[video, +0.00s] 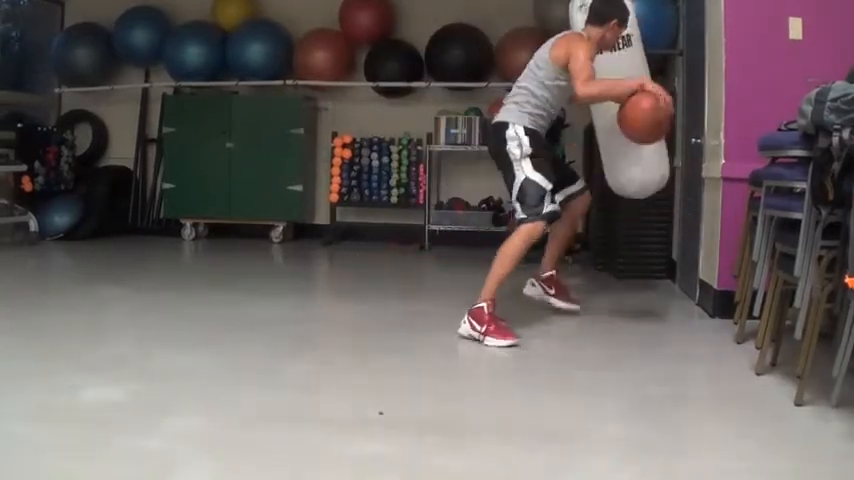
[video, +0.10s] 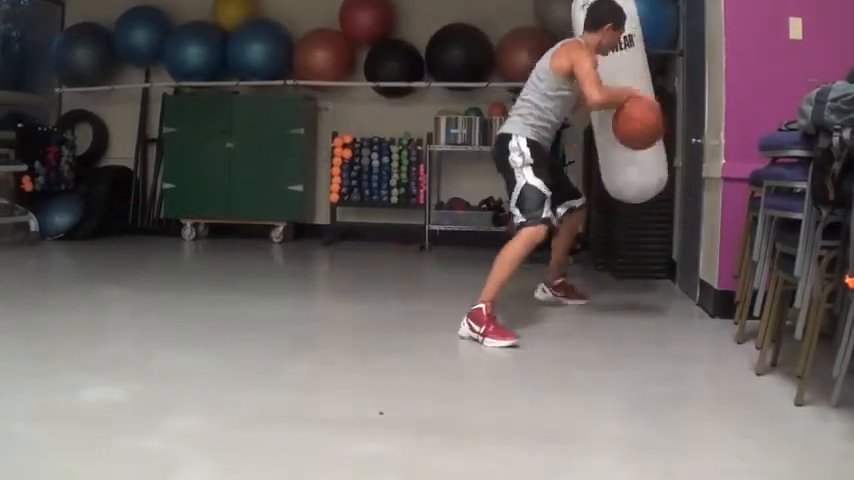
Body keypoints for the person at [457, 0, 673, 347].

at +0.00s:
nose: (619, 43)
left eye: (622, 37)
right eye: (621, 35)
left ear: (598, 23)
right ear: (611, 27)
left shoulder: (575, 45)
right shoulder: (577, 44)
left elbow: (584, 93)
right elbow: (583, 90)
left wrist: (632, 95)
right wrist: (638, 84)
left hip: (534, 132)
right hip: (515, 128)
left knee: (578, 199)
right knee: (537, 218)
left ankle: (545, 278)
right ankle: (481, 311)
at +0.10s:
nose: (621, 42)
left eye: (622, 36)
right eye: (620, 34)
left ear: (598, 26)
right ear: (607, 29)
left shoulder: (576, 51)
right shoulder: (578, 51)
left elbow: (586, 100)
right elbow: (595, 98)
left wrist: (623, 100)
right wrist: (631, 94)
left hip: (538, 145)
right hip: (519, 141)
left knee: (574, 210)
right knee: (535, 227)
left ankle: (553, 283)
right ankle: (480, 314)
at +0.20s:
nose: (621, 56)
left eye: (622, 49)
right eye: (620, 48)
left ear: (598, 45)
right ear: (605, 45)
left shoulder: (575, 67)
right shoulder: (580, 71)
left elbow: (581, 112)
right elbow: (588, 124)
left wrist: (617, 105)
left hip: (539, 159)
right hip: (520, 155)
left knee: (575, 223)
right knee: (550, 229)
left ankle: (551, 286)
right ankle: (488, 306)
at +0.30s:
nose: (621, 69)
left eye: (622, 63)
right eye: (621, 62)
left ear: (597, 56)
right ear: (607, 58)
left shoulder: (573, 74)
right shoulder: (581, 85)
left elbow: (581, 121)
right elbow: (582, 146)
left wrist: (611, 104)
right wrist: (612, 198)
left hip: (541, 166)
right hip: (517, 162)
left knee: (579, 226)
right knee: (552, 230)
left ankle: (552, 285)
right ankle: (499, 313)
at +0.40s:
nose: (614, 63)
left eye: (616, 56)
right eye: (614, 55)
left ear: (593, 51)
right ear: (600, 52)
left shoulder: (574, 77)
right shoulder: (567, 81)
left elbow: (573, 112)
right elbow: (553, 141)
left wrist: (612, 105)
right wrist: (597, 170)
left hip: (539, 167)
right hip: (513, 164)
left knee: (573, 231)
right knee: (553, 230)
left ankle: (553, 286)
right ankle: (496, 315)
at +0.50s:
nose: (601, 42)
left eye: (603, 35)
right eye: (601, 34)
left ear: (583, 26)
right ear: (589, 28)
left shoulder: (567, 58)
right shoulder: (549, 57)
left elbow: (563, 100)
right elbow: (536, 115)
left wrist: (606, 103)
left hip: (530, 156)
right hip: (506, 154)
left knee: (552, 221)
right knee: (552, 234)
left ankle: (550, 282)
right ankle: (494, 316)